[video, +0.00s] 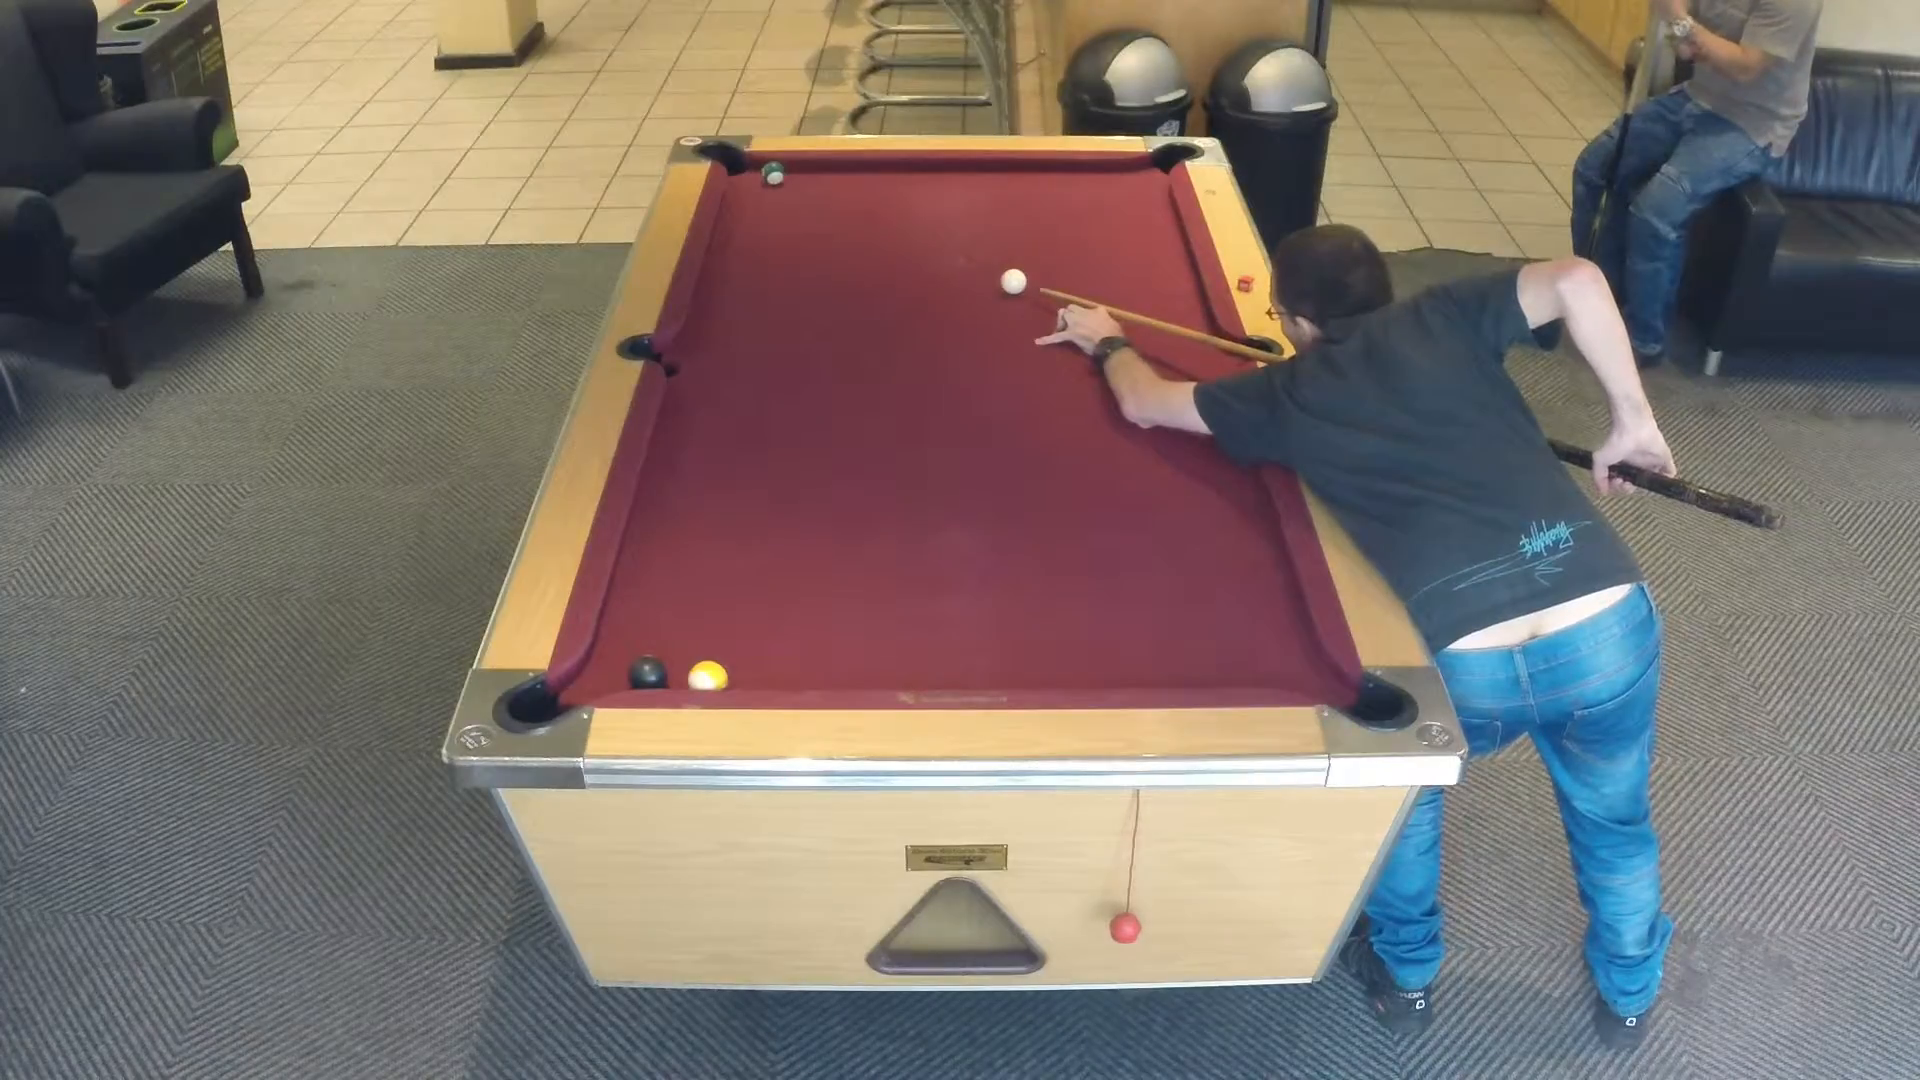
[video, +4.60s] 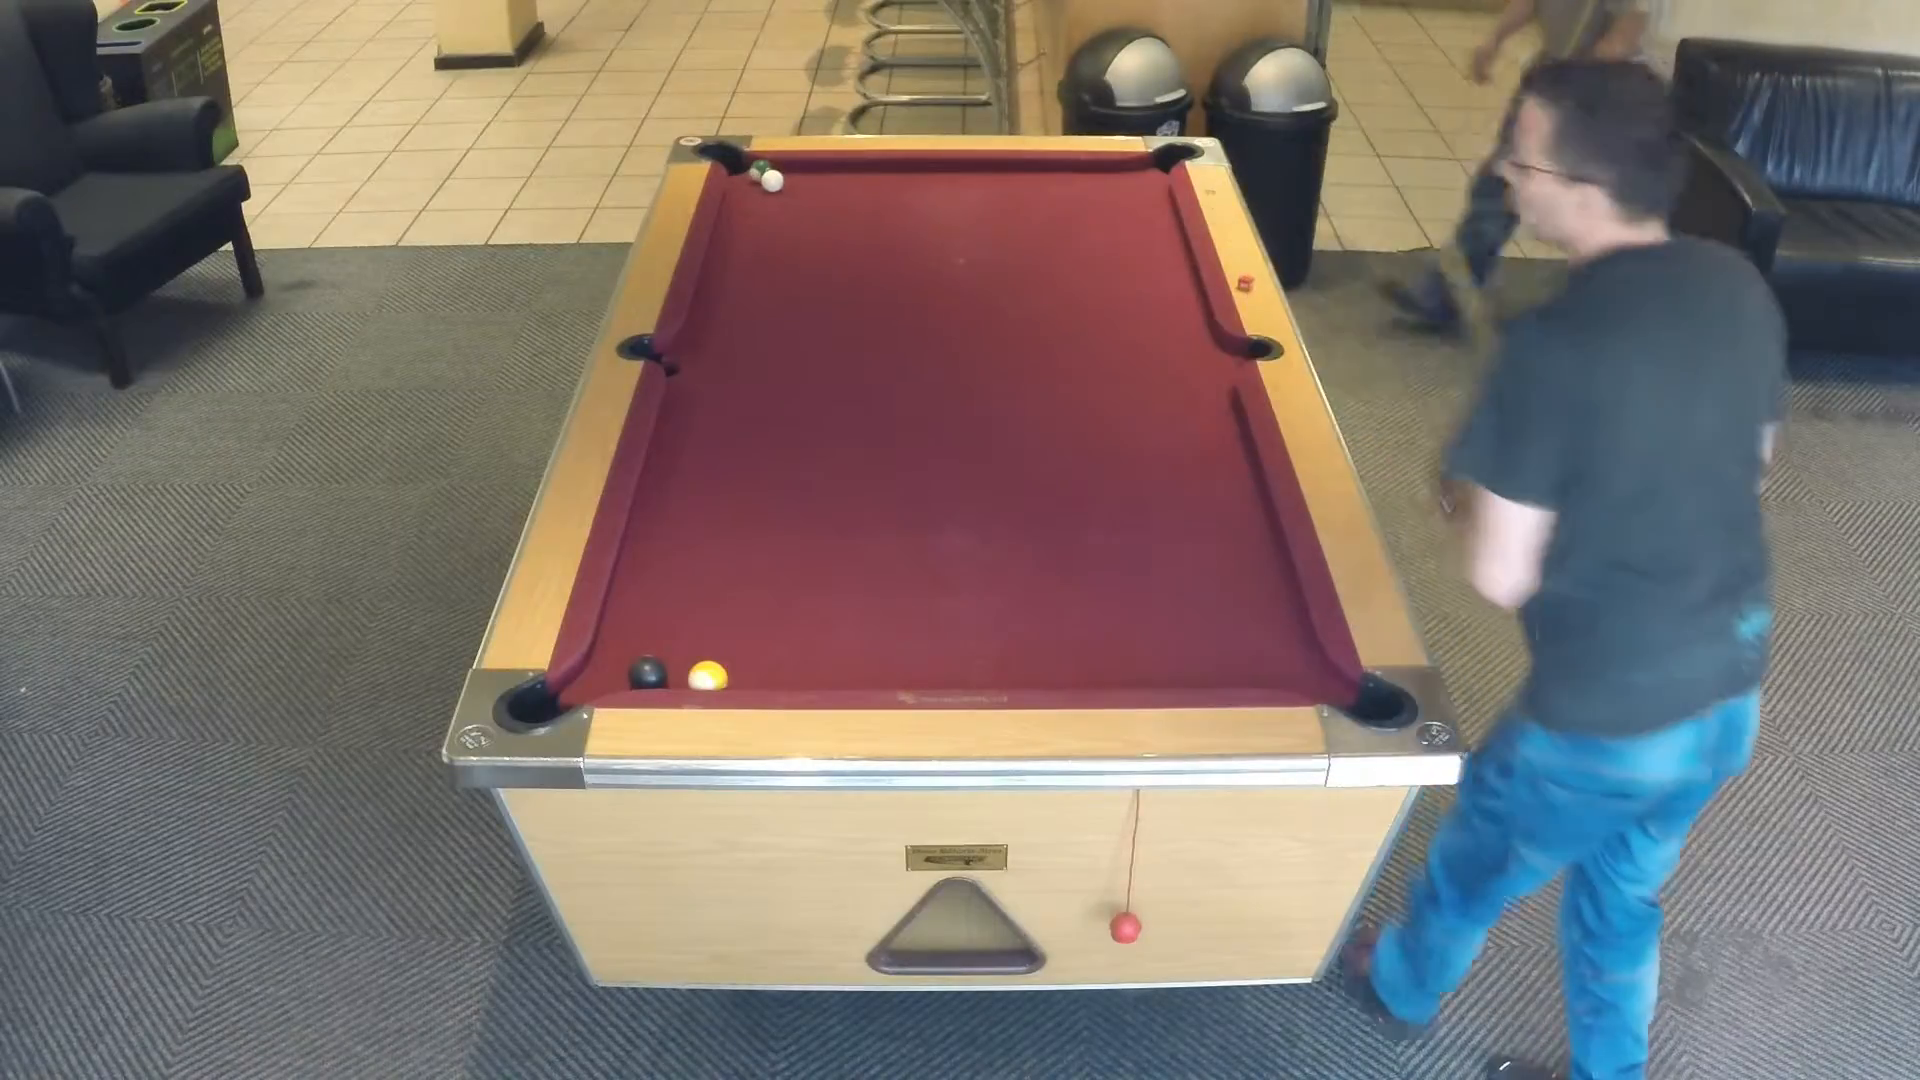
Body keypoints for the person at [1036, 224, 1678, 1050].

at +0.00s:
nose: (1279, 322)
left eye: (1281, 309)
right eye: (1279, 309)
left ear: (1300, 323)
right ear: (1385, 296)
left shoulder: (1286, 393)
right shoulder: (1449, 316)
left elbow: (1145, 399)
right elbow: (1576, 279)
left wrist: (1107, 341)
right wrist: (1636, 415)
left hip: (1466, 659)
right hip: (1607, 622)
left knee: (1399, 773)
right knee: (1617, 821)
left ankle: (1407, 970)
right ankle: (1631, 992)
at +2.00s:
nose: (1279, 318)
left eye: (1281, 305)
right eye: (1278, 305)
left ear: (1298, 317)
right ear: (1385, 290)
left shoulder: (1286, 388)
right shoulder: (1450, 312)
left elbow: (1144, 400)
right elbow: (1586, 289)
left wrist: (1106, 341)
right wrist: (1599, 419)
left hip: (1470, 660)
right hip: (1607, 620)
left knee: (1394, 766)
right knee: (1616, 819)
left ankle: (1407, 967)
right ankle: (1630, 991)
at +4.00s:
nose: (1300, 245)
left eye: (1306, 233)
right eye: (1302, 230)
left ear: (1330, 252)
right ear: (1415, 232)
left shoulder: (1315, 338)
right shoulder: (1497, 285)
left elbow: (1198, 377)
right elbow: (1655, 355)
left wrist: (1116, 343)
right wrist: (1602, 461)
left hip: (1490, 655)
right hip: (1629, 634)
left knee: (1415, 762)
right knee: (1623, 823)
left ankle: (1406, 965)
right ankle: (1621, 984)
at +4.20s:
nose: (1341, 189)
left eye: (1346, 175)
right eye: (1346, 171)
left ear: (1370, 194)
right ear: (1463, 180)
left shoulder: (1343, 300)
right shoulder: (1550, 251)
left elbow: (1277, 466)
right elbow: (1702, 385)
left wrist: (1247, 378)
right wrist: (1604, 446)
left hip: (1508, 640)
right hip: (1652, 621)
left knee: (1424, 780)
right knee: (1610, 831)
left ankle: (1404, 966)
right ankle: (1605, 1019)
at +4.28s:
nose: (1370, 167)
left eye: (1376, 154)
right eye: (1374, 150)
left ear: (1398, 176)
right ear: (1494, 163)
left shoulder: (1365, 295)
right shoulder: (1584, 245)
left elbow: (1341, 493)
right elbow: (1719, 394)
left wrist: (1374, 413)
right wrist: (1611, 453)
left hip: (1519, 637)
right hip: (1662, 621)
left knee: (1436, 792)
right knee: (1606, 841)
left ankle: (1403, 973)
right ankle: (1602, 1042)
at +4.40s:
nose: (1419, 149)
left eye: (1430, 138)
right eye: (1426, 132)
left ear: (1464, 166)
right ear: (1548, 147)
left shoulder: (1420, 297)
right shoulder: (1636, 248)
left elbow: (1416, 510)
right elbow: (1743, 423)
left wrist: (1503, 473)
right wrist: (1638, 464)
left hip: (1546, 661)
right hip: (1684, 639)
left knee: (1450, 817)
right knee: (1606, 859)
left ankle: (1402, 969)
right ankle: (1613, 1060)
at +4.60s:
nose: (1504, 176)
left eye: (1521, 161)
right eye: (1510, 155)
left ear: (1582, 182)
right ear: (1638, 176)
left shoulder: (1556, 340)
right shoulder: (1737, 285)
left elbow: (1503, 578)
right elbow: (1753, 454)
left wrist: (1470, 497)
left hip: (1597, 728)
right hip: (1723, 706)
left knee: (1473, 865)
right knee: (1622, 911)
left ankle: (1404, 985)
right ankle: (1612, 1066)